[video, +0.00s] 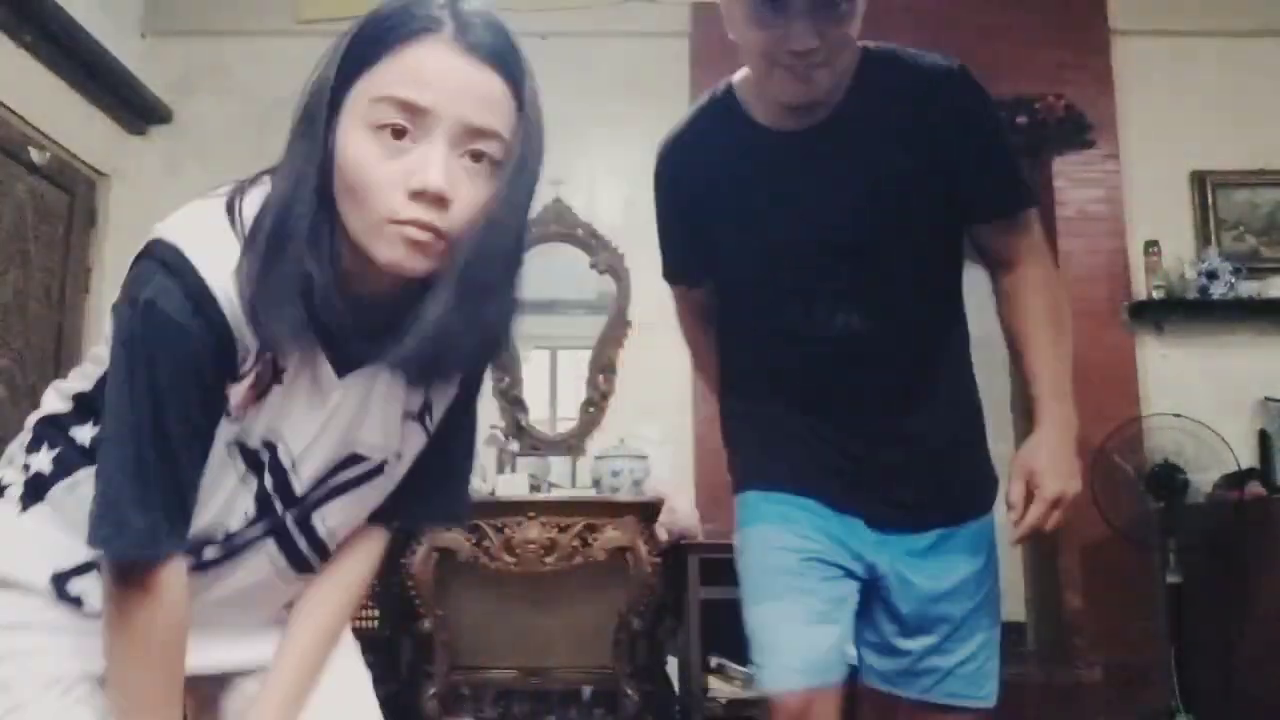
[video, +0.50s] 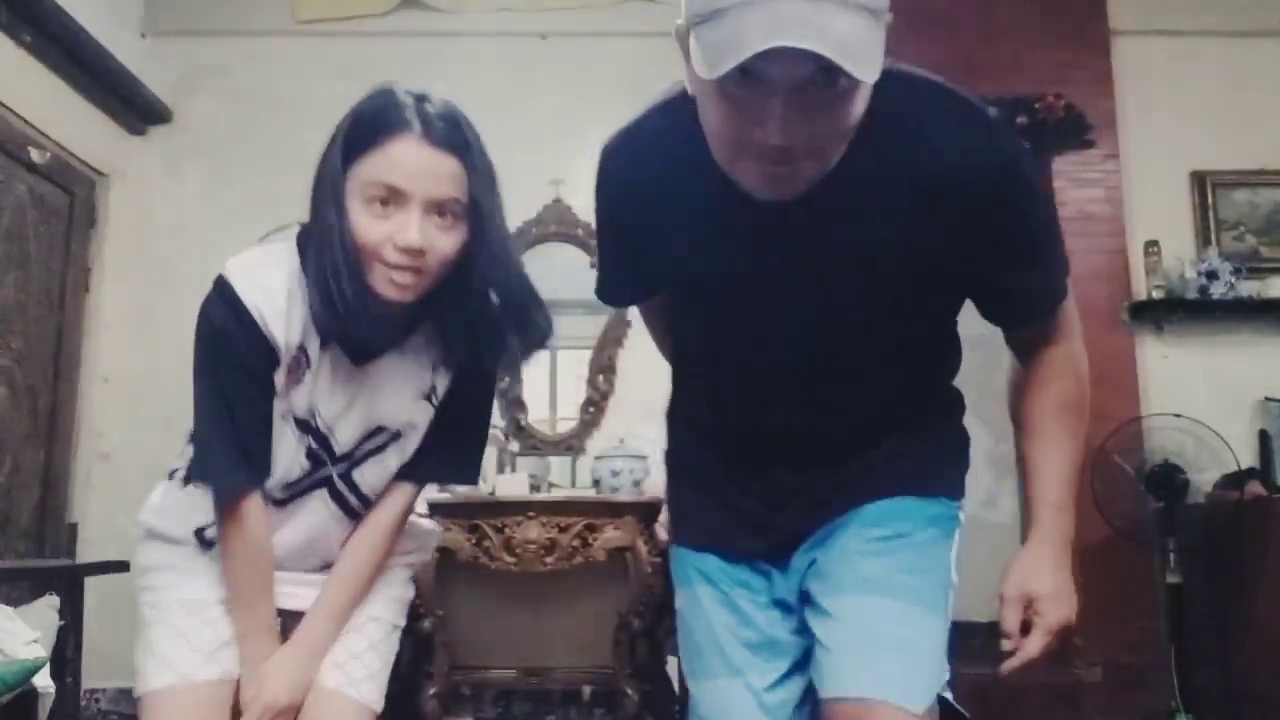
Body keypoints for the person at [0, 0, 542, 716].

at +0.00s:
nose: (434, 183)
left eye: (479, 156)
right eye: (397, 131)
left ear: (509, 187)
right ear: (327, 129)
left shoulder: (459, 309)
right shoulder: (192, 280)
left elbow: (371, 528)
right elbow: (146, 572)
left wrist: (272, 707)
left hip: (276, 608)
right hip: (69, 597)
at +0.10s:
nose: (430, 183)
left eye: (470, 154)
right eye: (396, 132)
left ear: (498, 179)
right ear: (329, 123)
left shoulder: (450, 301)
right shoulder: (208, 262)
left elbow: (353, 509)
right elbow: (164, 535)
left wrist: (255, 692)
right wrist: (175, 706)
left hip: (274, 580)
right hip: (74, 568)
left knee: (341, 708)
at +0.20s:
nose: (431, 211)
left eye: (466, 179)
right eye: (397, 162)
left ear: (496, 202)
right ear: (334, 158)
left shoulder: (454, 320)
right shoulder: (223, 284)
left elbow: (352, 519)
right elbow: (181, 528)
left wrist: (257, 690)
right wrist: (197, 699)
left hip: (288, 577)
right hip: (109, 563)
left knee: (328, 712)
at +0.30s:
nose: (429, 258)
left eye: (465, 229)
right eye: (398, 212)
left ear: (492, 246)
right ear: (343, 203)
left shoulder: (465, 355)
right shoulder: (238, 311)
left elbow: (362, 530)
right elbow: (202, 540)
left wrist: (274, 695)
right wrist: (224, 702)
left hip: (314, 589)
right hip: (144, 573)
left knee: (336, 712)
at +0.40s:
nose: (422, 266)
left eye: (458, 239)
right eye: (394, 226)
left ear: (487, 253)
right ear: (345, 219)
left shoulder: (467, 354)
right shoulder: (247, 321)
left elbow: (373, 527)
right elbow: (224, 531)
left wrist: (284, 684)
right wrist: (250, 694)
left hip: (339, 582)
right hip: (178, 575)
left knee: (332, 708)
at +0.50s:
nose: (411, 240)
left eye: (444, 213)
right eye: (384, 203)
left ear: (472, 228)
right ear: (336, 197)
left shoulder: (472, 332)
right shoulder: (252, 298)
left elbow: (393, 505)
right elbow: (239, 500)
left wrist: (303, 655)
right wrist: (262, 665)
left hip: (360, 561)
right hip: (210, 550)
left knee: (331, 708)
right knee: (188, 708)